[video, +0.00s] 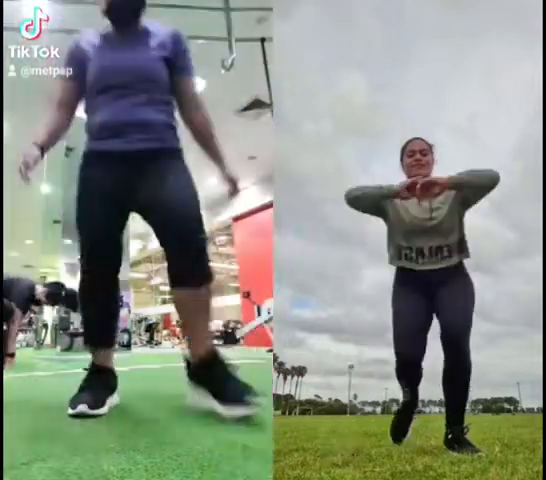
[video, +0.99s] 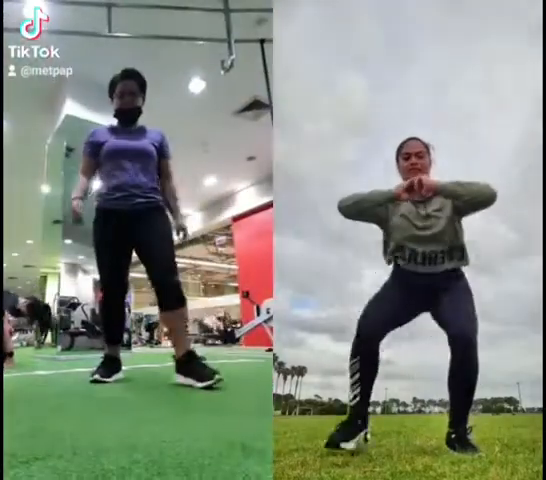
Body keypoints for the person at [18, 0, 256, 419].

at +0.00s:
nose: (121, 5)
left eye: (128, 0)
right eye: (115, 1)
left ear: (142, 4)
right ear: (103, 6)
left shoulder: (168, 41)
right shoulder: (86, 47)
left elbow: (192, 109)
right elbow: (62, 108)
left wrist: (224, 166)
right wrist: (38, 146)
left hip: (162, 163)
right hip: (103, 166)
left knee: (190, 248)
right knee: (98, 266)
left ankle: (203, 362)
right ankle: (101, 372)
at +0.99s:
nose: (127, 99)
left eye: (133, 94)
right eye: (121, 94)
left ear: (143, 99)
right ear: (112, 99)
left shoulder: (156, 138)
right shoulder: (99, 136)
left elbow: (166, 181)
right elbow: (86, 175)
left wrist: (177, 215)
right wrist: (78, 197)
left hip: (151, 213)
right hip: (111, 214)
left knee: (168, 282)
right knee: (113, 287)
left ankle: (185, 359)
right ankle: (111, 358)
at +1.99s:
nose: (114, 41)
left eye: (122, 35)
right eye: (107, 35)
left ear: (134, 42)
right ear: (94, 40)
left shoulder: (146, 87)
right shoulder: (80, 86)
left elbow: (186, 117)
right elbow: (43, 114)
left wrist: (152, 72)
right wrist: (77, 71)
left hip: (137, 192)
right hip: (87, 192)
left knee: (162, 275)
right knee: (62, 276)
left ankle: (183, 366)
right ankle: (48, 370)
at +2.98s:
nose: (85, 88)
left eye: (94, 81)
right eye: (79, 80)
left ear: (107, 89)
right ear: (65, 83)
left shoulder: (113, 132)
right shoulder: (50, 130)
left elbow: (136, 158)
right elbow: (9, 156)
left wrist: (91, 110)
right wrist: (44, 113)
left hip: (102, 234)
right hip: (57, 229)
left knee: (100, 310)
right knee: (52, 287)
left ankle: (92, 353)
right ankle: (49, 370)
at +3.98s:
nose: (172, 91)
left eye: (181, 84)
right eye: (166, 83)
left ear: (196, 92)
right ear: (154, 90)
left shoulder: (203, 136)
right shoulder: (138, 134)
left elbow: (246, 139)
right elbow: (84, 142)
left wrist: (192, 116)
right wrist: (135, 122)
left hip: (190, 235)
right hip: (142, 233)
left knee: (215, 282)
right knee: (95, 285)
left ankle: (213, 367)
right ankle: (58, 367)